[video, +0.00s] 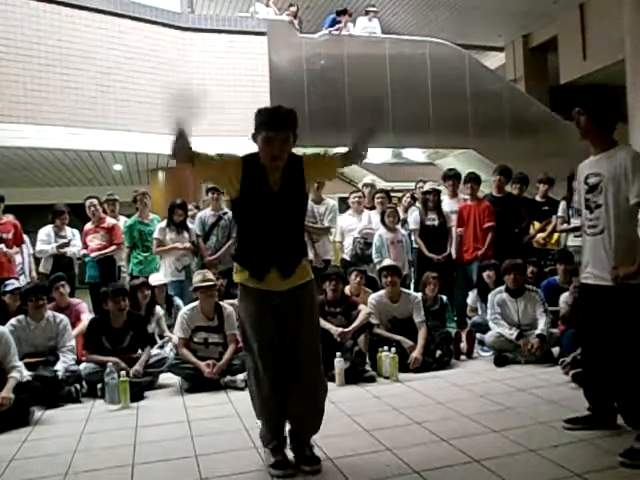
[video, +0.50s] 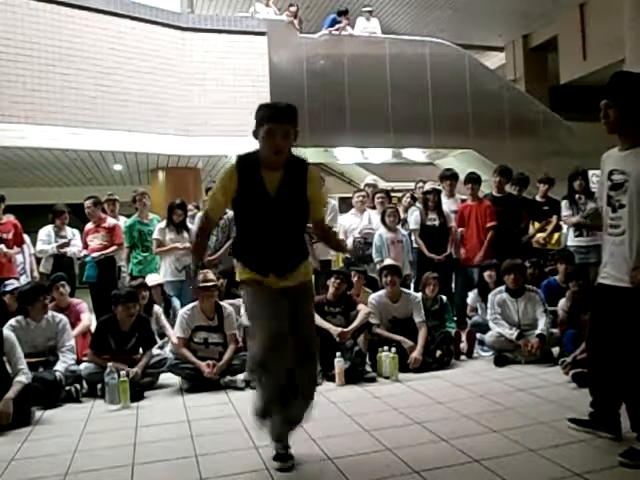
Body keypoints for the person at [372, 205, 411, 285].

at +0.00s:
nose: (392, 219)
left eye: (394, 216)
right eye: (388, 216)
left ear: (398, 218)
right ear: (384, 218)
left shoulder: (403, 234)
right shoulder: (380, 235)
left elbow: (408, 250)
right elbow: (376, 253)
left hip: (403, 269)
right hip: (387, 269)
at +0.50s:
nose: (392, 219)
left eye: (394, 216)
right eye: (389, 216)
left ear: (398, 218)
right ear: (384, 218)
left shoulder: (403, 234)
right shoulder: (380, 234)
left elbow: (408, 252)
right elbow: (376, 253)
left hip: (403, 269)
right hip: (387, 268)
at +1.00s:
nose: (396, 221)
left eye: (399, 218)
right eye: (393, 219)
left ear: (402, 220)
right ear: (388, 221)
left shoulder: (408, 236)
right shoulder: (384, 236)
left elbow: (414, 253)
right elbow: (377, 253)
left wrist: (412, 263)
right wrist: (385, 262)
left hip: (407, 270)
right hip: (390, 269)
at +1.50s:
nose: (396, 222)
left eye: (398, 219)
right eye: (393, 219)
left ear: (402, 220)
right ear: (388, 221)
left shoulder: (409, 235)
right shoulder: (384, 236)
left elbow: (415, 252)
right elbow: (377, 255)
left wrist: (411, 266)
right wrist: (389, 265)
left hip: (407, 272)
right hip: (390, 272)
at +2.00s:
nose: (397, 222)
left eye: (399, 218)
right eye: (393, 219)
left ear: (403, 220)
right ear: (388, 221)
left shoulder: (408, 235)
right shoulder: (385, 237)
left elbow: (414, 251)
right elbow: (382, 255)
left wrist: (413, 265)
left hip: (408, 272)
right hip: (392, 272)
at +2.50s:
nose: (397, 222)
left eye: (399, 219)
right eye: (393, 219)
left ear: (403, 221)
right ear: (388, 221)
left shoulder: (408, 235)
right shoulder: (386, 237)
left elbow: (413, 251)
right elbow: (383, 255)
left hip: (408, 271)